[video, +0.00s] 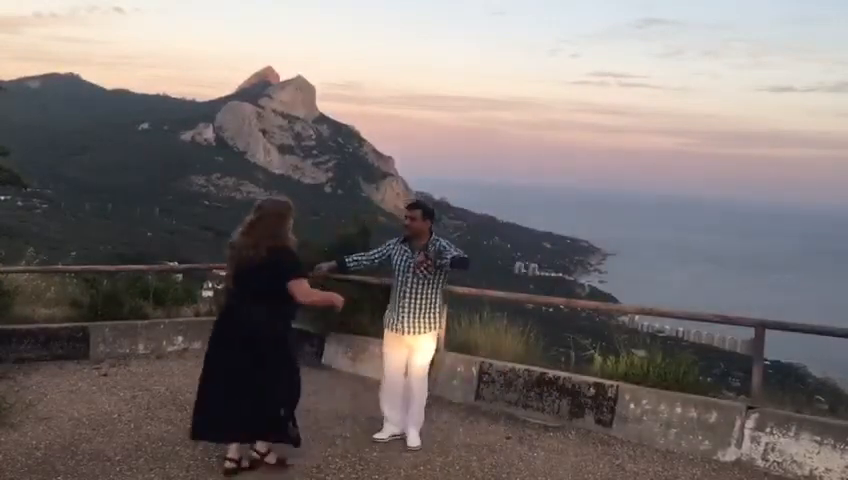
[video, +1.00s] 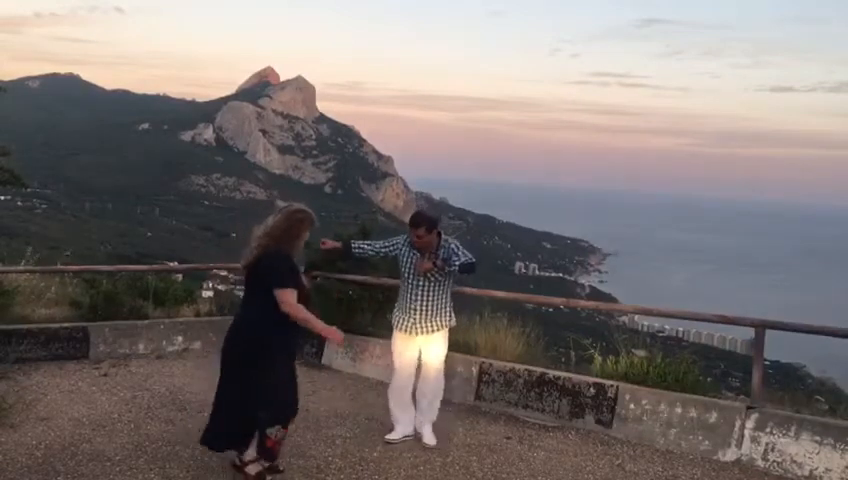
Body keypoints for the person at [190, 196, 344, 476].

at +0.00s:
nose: (292, 228)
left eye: (291, 222)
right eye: (290, 223)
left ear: (256, 220)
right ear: (282, 224)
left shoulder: (242, 251)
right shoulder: (282, 255)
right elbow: (302, 294)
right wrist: (331, 298)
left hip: (234, 333)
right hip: (267, 336)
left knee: (240, 390)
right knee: (273, 389)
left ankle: (233, 453)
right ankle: (262, 448)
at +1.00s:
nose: (306, 239)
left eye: (307, 233)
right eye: (305, 232)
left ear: (279, 226)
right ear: (295, 232)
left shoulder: (262, 257)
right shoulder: (280, 261)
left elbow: (261, 302)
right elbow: (289, 305)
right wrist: (325, 329)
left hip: (248, 339)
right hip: (269, 345)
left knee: (252, 397)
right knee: (284, 404)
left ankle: (243, 452)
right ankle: (262, 459)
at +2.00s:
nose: (340, 239)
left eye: (341, 233)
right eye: (338, 233)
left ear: (314, 225)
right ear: (326, 231)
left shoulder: (296, 254)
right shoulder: (310, 262)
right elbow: (308, 313)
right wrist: (325, 353)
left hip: (280, 339)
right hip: (297, 344)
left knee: (287, 399)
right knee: (304, 404)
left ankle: (279, 457)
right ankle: (283, 461)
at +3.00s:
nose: (357, 232)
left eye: (359, 227)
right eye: (352, 226)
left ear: (356, 230)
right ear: (333, 226)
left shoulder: (360, 258)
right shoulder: (308, 257)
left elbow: (390, 273)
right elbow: (299, 301)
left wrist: (428, 266)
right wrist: (315, 338)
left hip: (346, 347)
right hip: (307, 345)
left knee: (336, 410)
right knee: (303, 407)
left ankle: (323, 468)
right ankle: (297, 468)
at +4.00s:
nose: (401, 229)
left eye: (400, 223)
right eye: (398, 222)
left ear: (374, 222)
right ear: (385, 223)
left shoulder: (368, 253)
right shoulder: (370, 258)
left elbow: (390, 268)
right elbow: (393, 303)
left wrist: (414, 261)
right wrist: (441, 309)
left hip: (353, 359)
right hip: (366, 363)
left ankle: (326, 471)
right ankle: (356, 472)